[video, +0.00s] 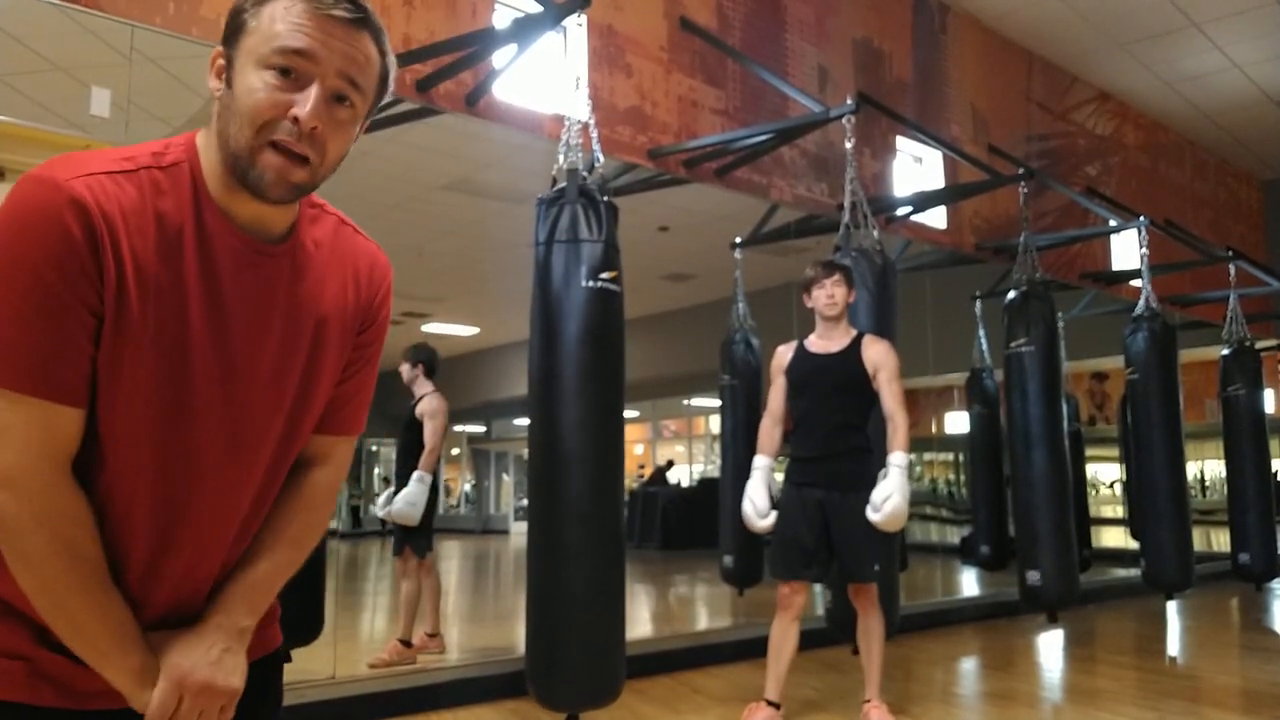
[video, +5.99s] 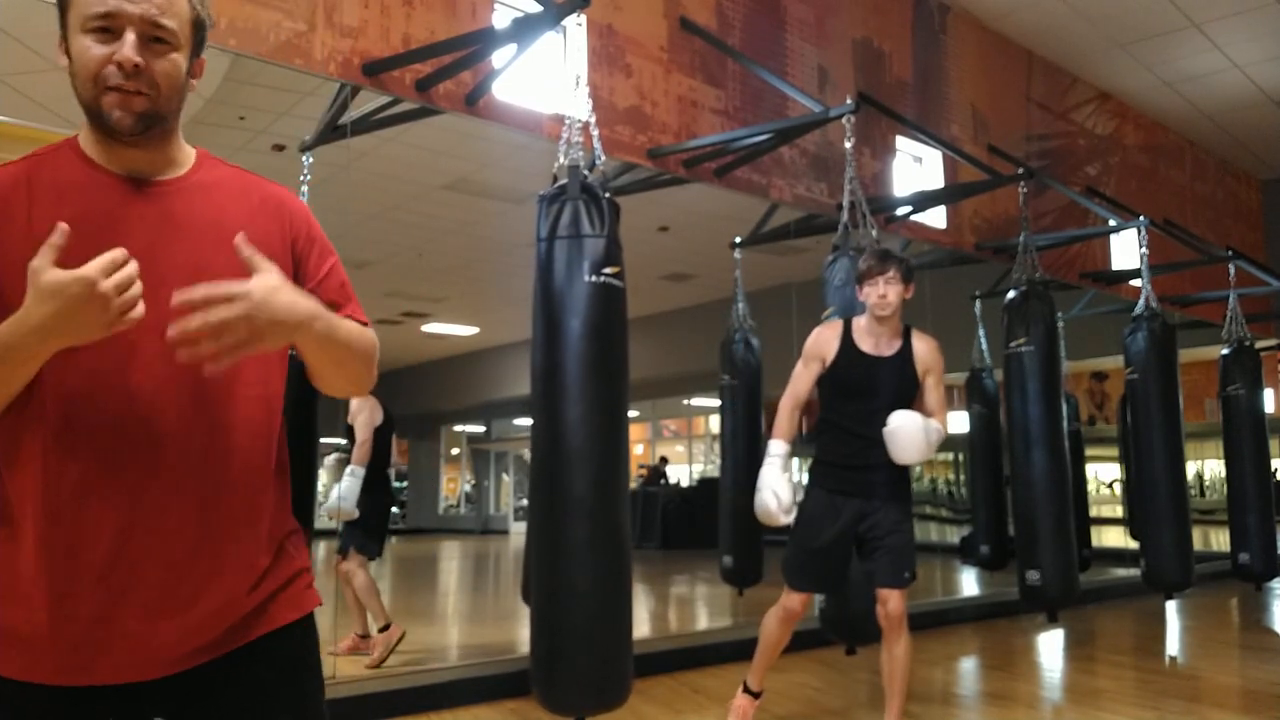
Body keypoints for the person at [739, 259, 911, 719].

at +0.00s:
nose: (830, 293)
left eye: (837, 286)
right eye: (822, 287)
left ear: (851, 295)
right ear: (808, 298)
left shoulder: (875, 350)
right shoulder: (787, 355)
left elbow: (896, 417)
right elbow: (773, 420)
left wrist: (897, 471)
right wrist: (760, 475)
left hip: (859, 491)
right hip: (801, 491)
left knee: (865, 596)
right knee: (788, 597)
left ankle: (872, 700)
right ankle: (770, 702)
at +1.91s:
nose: (831, 294)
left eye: (839, 287)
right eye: (823, 289)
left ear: (852, 296)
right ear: (811, 299)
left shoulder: (879, 351)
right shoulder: (791, 356)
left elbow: (899, 418)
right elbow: (777, 422)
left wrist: (899, 475)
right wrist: (763, 479)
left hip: (860, 493)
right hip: (803, 492)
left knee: (866, 597)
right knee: (789, 599)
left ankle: (873, 701)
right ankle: (770, 703)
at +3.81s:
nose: (822, 296)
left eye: (830, 288)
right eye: (815, 290)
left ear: (847, 295)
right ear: (806, 300)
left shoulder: (875, 350)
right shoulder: (789, 356)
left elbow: (895, 418)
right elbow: (775, 421)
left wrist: (894, 476)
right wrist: (761, 479)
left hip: (858, 491)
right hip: (801, 491)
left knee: (865, 596)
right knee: (789, 599)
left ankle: (873, 700)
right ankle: (771, 702)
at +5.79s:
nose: (880, 294)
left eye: (890, 285)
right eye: (871, 285)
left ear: (908, 292)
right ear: (860, 291)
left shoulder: (924, 350)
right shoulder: (830, 338)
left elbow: (937, 420)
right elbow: (792, 404)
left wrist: (925, 436)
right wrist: (776, 466)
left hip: (888, 497)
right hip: (829, 494)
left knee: (895, 610)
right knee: (792, 605)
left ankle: (894, 716)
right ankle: (749, 689)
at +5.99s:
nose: (881, 292)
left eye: (890, 282)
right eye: (871, 283)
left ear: (907, 290)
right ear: (859, 290)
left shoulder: (923, 350)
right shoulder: (829, 337)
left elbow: (937, 419)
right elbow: (791, 403)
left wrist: (925, 434)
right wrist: (775, 465)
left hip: (887, 496)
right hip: (829, 493)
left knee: (893, 609)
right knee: (793, 605)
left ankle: (894, 716)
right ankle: (751, 690)